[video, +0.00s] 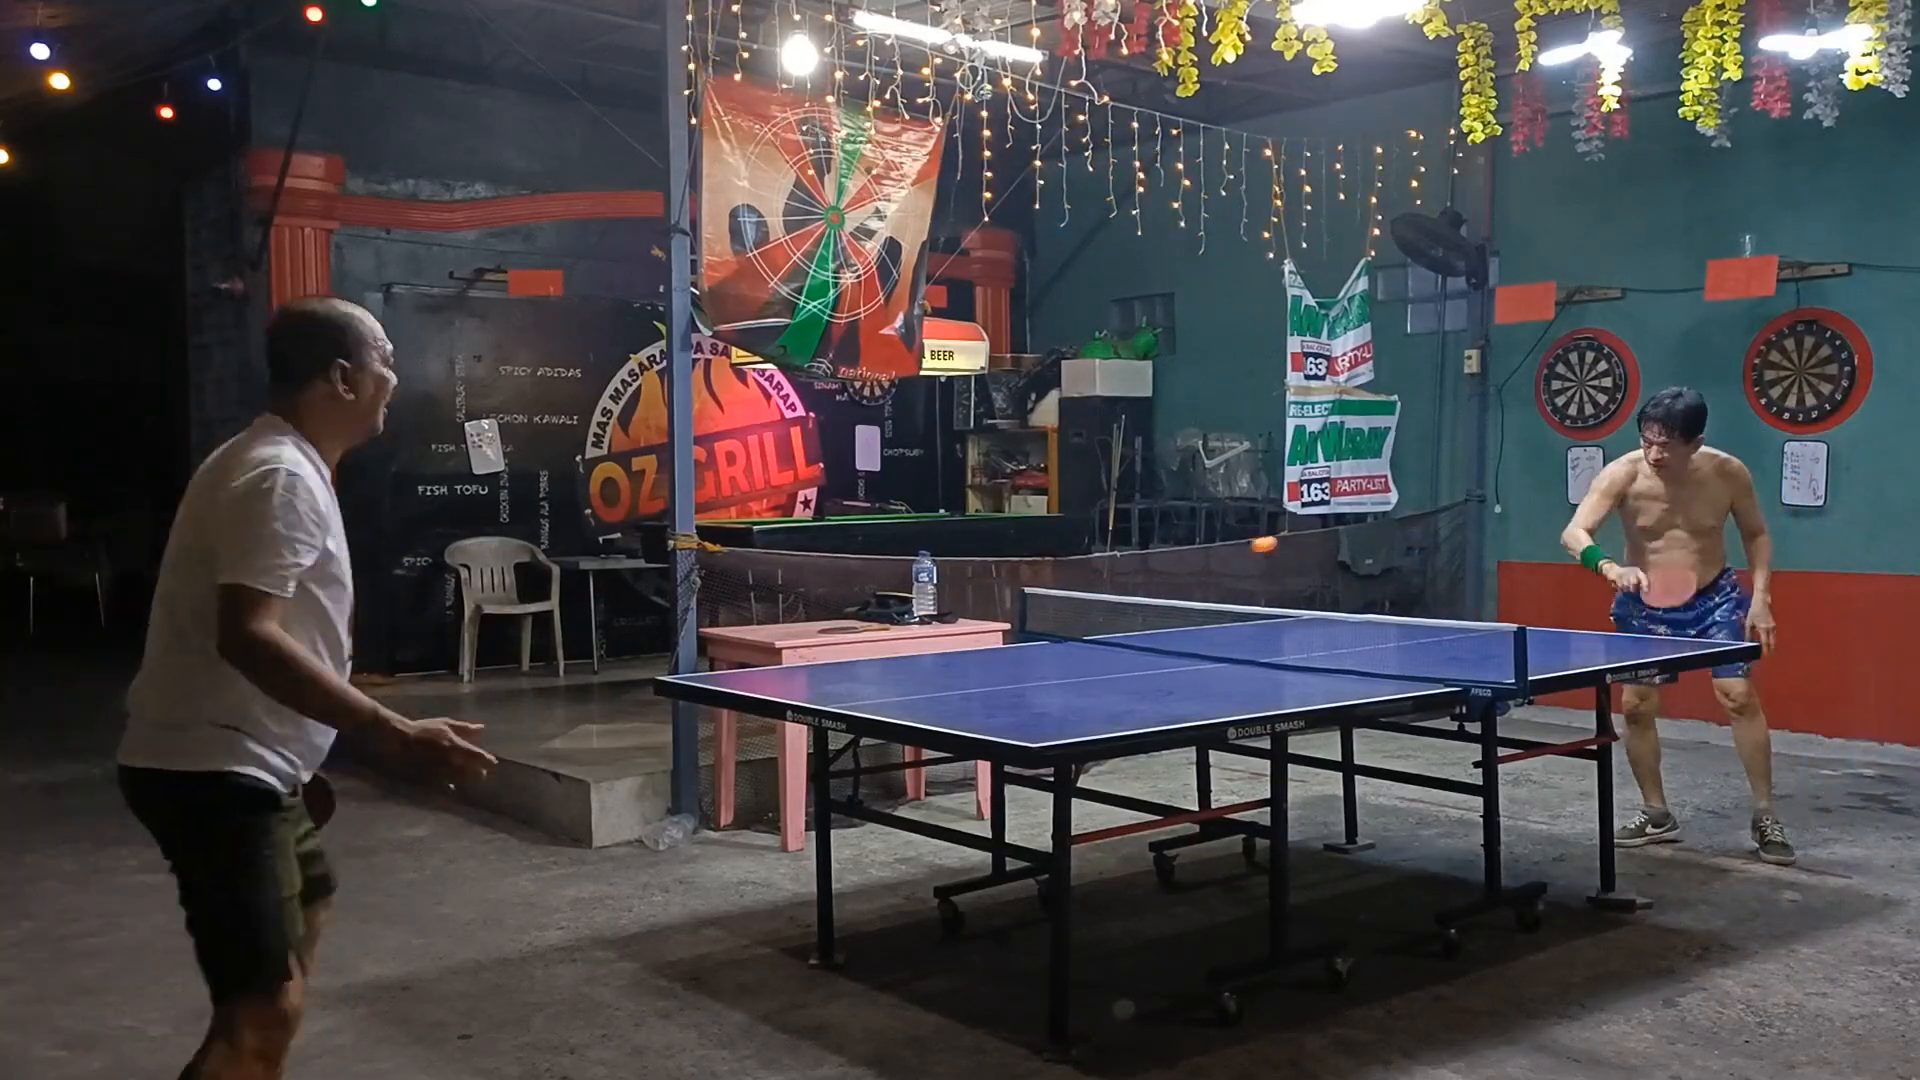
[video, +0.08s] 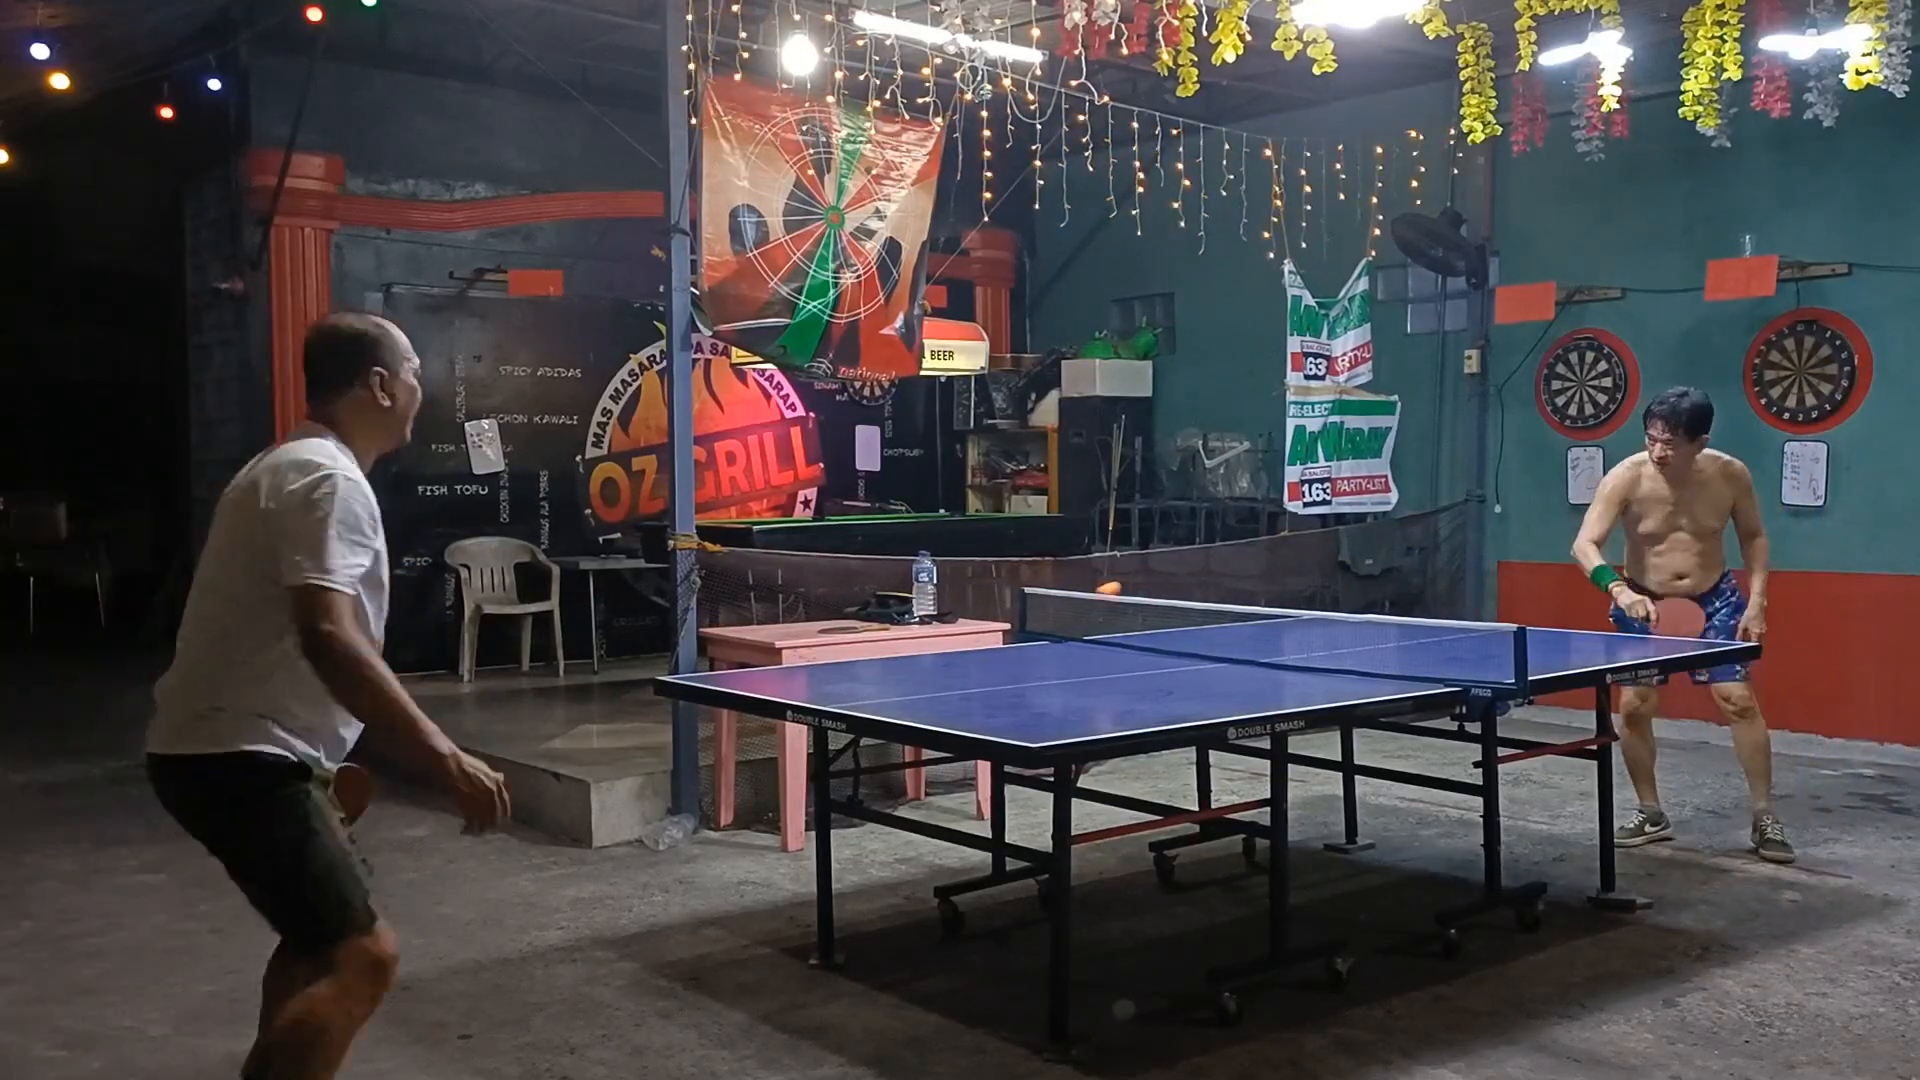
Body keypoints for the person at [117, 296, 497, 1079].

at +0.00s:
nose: (393, 382)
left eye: (390, 365)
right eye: (384, 365)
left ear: (325, 380)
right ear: (342, 379)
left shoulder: (268, 460)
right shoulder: (278, 473)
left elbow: (221, 642)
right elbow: (247, 634)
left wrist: (284, 764)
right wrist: (400, 734)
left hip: (229, 760)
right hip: (210, 768)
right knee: (263, 1012)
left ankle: (248, 1053)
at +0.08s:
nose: (420, 391)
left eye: (417, 375)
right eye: (413, 374)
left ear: (337, 389)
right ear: (380, 384)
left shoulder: (273, 470)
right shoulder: (329, 479)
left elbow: (252, 642)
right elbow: (331, 635)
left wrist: (319, 762)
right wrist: (449, 760)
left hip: (203, 745)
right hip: (241, 752)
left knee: (315, 943)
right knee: (361, 959)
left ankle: (274, 1063)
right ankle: (279, 1068)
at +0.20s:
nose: (450, 428)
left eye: (448, 411)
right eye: (445, 410)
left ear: (363, 417)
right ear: (417, 412)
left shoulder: (319, 490)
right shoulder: (371, 501)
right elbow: (424, 654)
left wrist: (342, 772)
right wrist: (517, 780)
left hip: (226, 745)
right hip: (254, 756)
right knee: (413, 949)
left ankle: (285, 1044)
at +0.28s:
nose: (454, 457)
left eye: (455, 444)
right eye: (455, 443)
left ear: (374, 441)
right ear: (440, 440)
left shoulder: (328, 511)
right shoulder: (399, 512)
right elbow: (449, 639)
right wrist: (557, 747)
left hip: (237, 758)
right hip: (299, 763)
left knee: (357, 871)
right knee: (443, 950)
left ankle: (353, 1020)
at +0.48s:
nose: (428, 482)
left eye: (426, 472)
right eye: (427, 472)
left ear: (357, 477)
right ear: (414, 470)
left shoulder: (322, 544)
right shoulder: (397, 506)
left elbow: (322, 646)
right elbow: (398, 566)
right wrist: (471, 640)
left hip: (287, 755)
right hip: (363, 748)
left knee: (377, 856)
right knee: (388, 947)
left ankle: (398, 983)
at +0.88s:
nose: (428, 448)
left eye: (427, 436)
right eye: (425, 436)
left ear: (361, 436)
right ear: (397, 432)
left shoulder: (324, 492)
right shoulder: (394, 462)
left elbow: (336, 621)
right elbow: (390, 539)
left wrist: (408, 713)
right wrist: (454, 646)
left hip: (262, 665)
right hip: (322, 664)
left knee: (348, 829)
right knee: (400, 858)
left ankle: (333, 991)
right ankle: (333, 1061)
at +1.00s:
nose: (419, 451)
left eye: (418, 439)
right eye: (414, 438)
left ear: (347, 438)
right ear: (383, 435)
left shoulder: (290, 509)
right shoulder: (380, 480)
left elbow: (274, 609)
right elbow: (385, 571)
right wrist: (458, 674)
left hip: (257, 701)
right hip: (323, 700)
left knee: (341, 845)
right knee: (400, 882)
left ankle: (286, 998)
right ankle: (308, 1066)